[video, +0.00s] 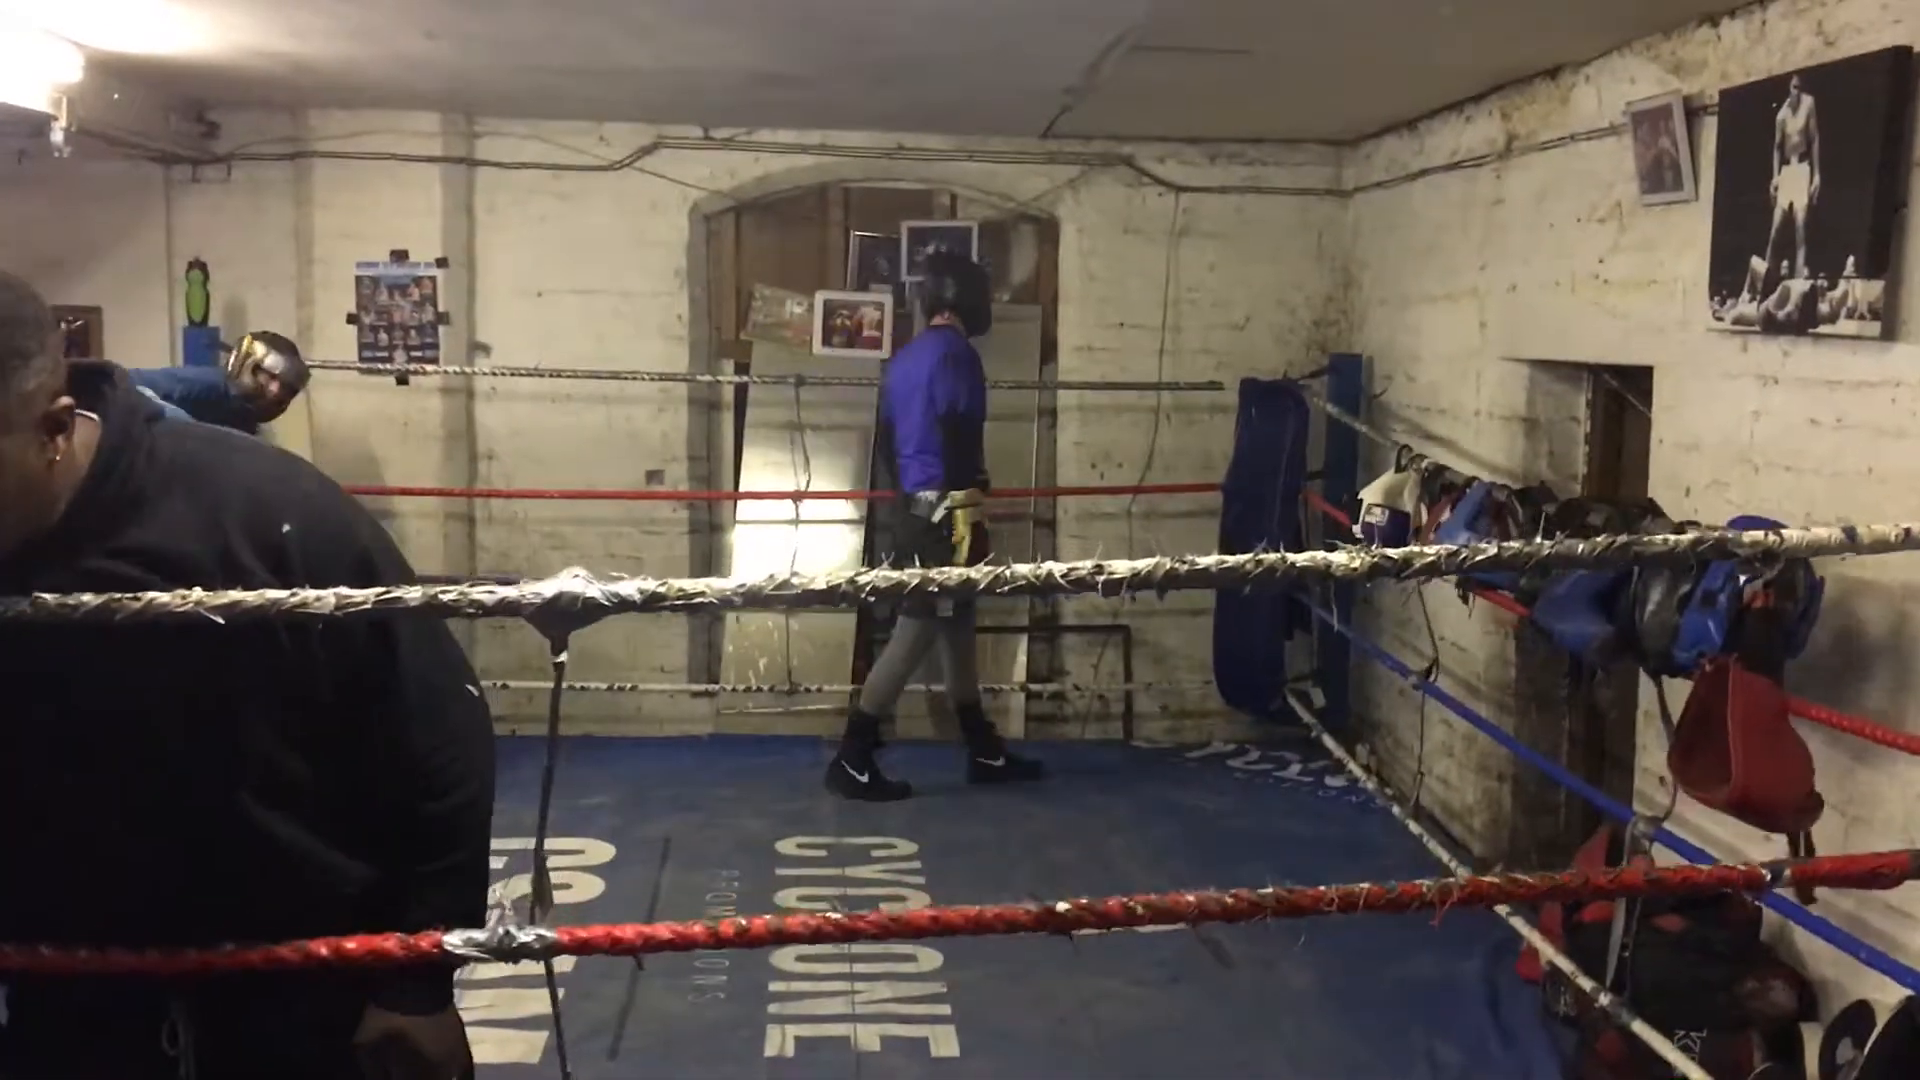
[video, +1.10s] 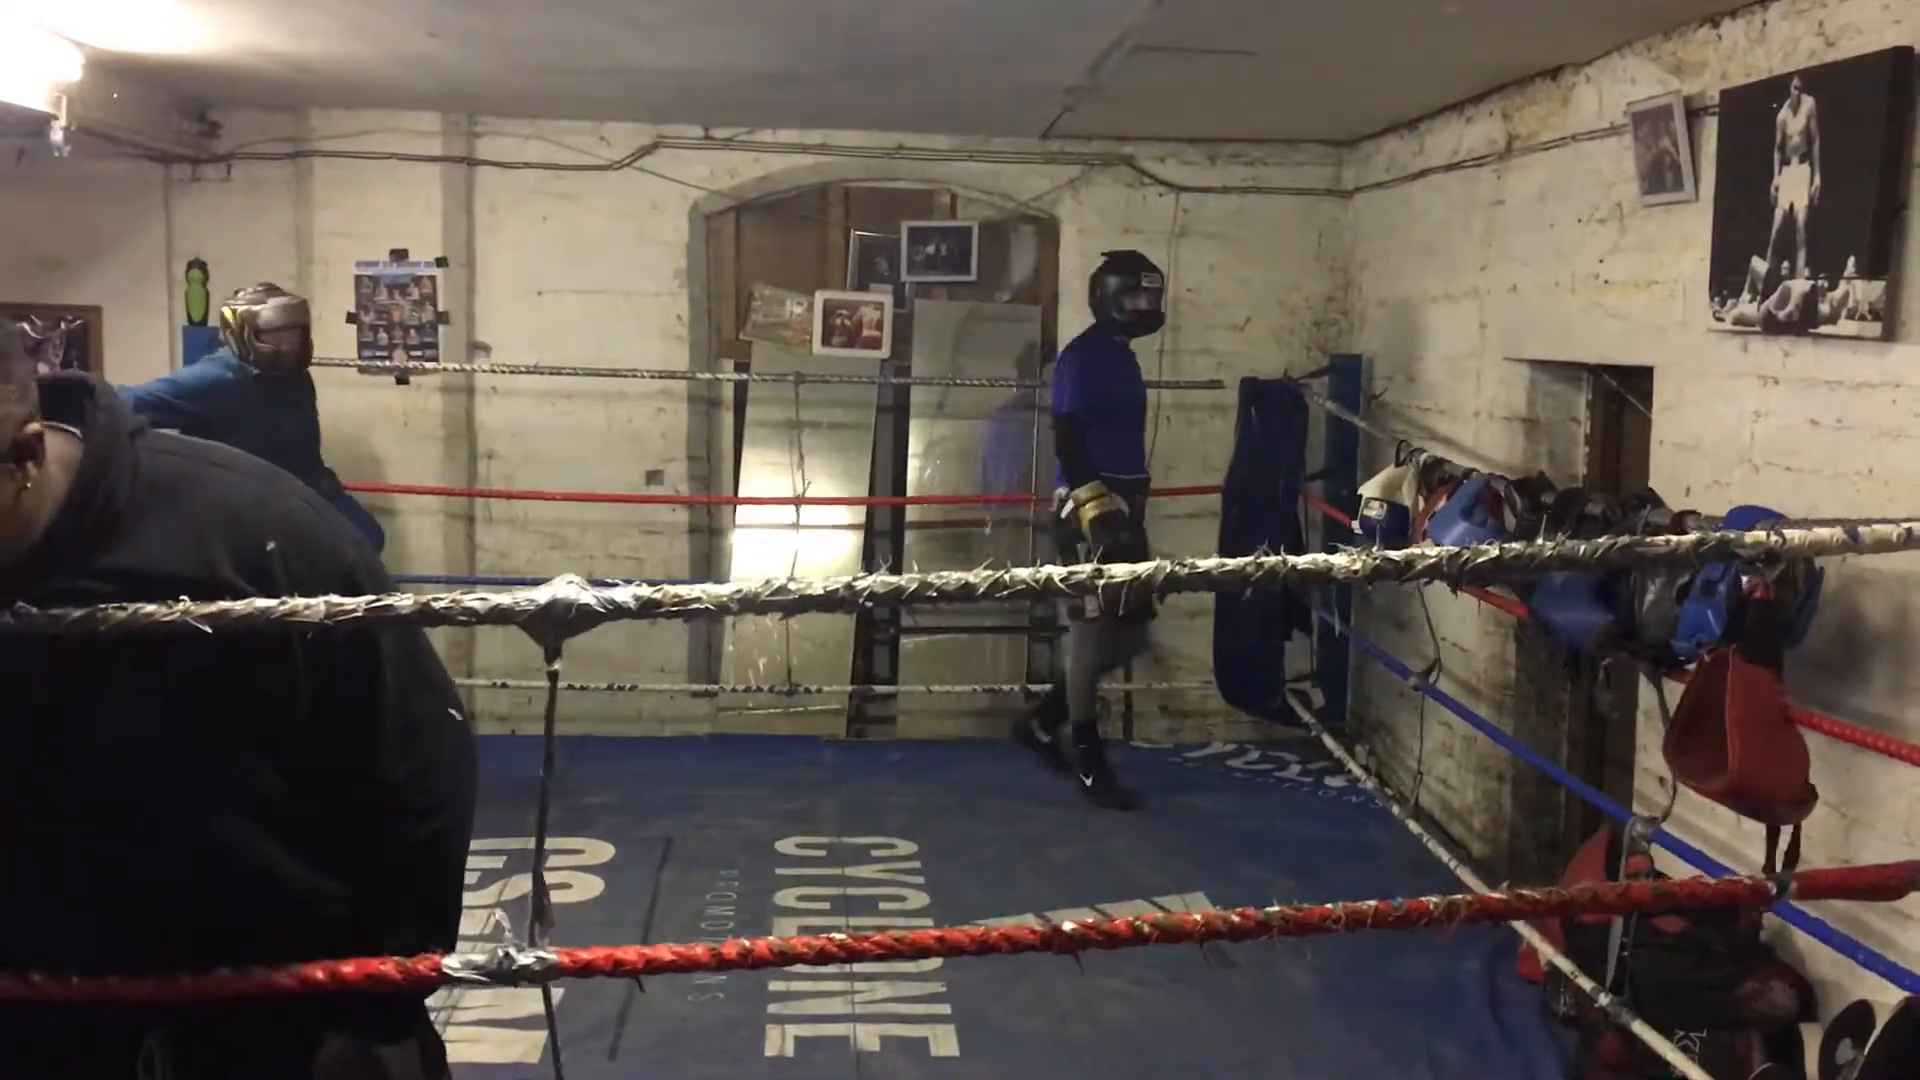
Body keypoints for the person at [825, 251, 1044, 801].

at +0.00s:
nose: (991, 308)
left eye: (988, 296)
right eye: (986, 297)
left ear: (933, 304)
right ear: (964, 302)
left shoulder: (900, 361)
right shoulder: (958, 356)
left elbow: (889, 448)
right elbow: (961, 438)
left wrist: (900, 505)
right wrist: (971, 510)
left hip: (913, 509)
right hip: (941, 511)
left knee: (958, 633)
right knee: (912, 638)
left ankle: (984, 752)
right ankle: (853, 759)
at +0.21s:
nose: (1026, 310)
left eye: (1023, 299)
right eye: (1020, 300)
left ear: (971, 303)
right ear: (1001, 303)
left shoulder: (951, 350)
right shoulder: (984, 349)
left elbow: (929, 419)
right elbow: (979, 421)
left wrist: (941, 484)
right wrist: (995, 494)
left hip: (952, 501)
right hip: (981, 503)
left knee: (976, 629)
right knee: (993, 633)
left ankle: (987, 751)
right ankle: (902, 725)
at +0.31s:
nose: (1039, 310)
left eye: (1037, 299)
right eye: (1035, 299)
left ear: (992, 299)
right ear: (1014, 301)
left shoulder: (972, 351)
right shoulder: (996, 352)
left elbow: (939, 405)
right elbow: (988, 421)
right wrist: (1014, 498)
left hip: (973, 499)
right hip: (996, 503)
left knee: (983, 622)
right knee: (1032, 628)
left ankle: (989, 749)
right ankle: (937, 721)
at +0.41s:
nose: (1055, 310)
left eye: (1053, 299)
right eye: (1050, 298)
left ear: (1007, 297)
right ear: (1031, 298)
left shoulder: (1005, 349)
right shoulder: (1001, 348)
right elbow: (1001, 430)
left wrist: (1055, 499)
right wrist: (1024, 502)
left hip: (994, 500)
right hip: (999, 502)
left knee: (992, 621)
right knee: (1047, 626)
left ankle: (988, 745)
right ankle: (986, 729)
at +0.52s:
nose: (1071, 315)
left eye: (1072, 304)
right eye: (1066, 303)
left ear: (1031, 299)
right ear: (1041, 300)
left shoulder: (1031, 353)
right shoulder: (1009, 347)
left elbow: (1038, 439)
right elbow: (1004, 424)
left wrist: (1065, 497)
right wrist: (1029, 496)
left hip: (1011, 502)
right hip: (1008, 503)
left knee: (997, 624)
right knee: (1067, 621)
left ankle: (988, 754)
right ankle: (1037, 753)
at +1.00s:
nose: (1144, 307)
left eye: (1143, 297)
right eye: (1135, 298)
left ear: (1101, 300)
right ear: (1106, 299)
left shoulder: (1096, 354)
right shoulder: (1075, 355)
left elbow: (1090, 436)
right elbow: (1062, 438)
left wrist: (1114, 499)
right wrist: (1090, 507)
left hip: (1097, 512)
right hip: (1077, 514)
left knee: (1072, 631)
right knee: (1085, 630)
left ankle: (1006, 738)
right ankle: (1091, 763)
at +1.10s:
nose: (1151, 304)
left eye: (1155, 294)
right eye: (1139, 294)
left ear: (1153, 300)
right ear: (1106, 298)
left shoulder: (1123, 356)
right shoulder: (1082, 356)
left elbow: (1121, 434)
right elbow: (1067, 437)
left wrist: (1134, 498)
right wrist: (1096, 503)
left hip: (1124, 506)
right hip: (1088, 509)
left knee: (1129, 630)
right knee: (1087, 627)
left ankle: (1046, 716)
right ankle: (1086, 754)